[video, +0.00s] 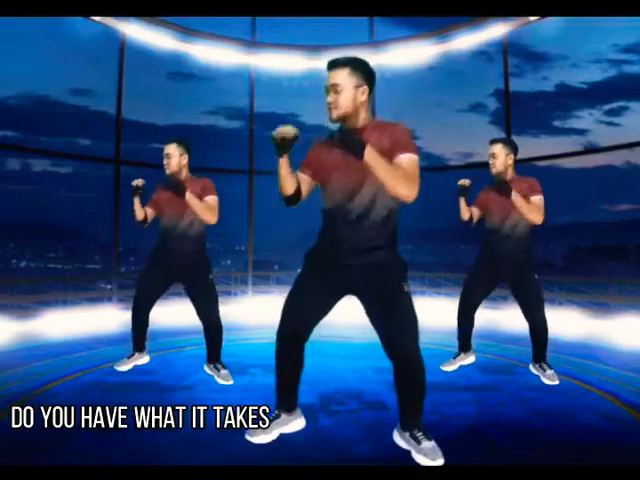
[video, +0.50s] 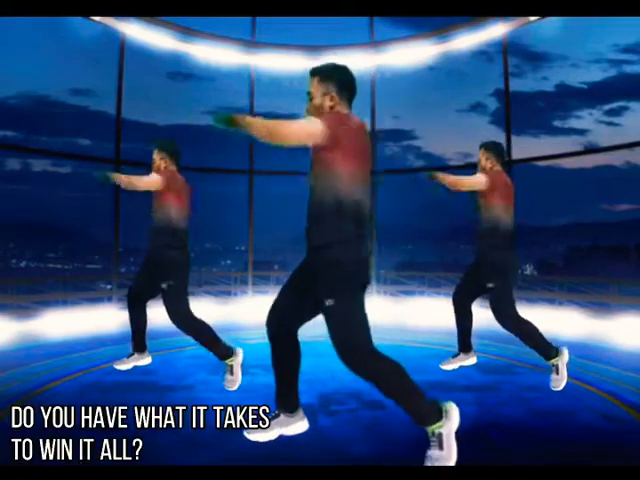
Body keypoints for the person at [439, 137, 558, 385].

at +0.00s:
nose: (491, 161)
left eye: (495, 156)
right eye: (490, 157)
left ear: (511, 158)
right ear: (491, 160)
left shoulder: (529, 185)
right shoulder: (488, 192)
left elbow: (537, 217)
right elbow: (468, 217)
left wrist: (514, 195)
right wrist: (463, 196)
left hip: (520, 262)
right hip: (490, 261)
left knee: (537, 317)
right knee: (467, 304)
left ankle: (539, 362)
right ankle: (465, 352)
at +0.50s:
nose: (479, 162)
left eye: (481, 158)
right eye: (480, 158)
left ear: (490, 160)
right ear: (497, 161)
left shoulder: (492, 178)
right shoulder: (502, 180)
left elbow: (457, 184)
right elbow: (464, 184)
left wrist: (440, 176)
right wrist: (443, 178)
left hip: (496, 259)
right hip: (493, 257)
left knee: (505, 316)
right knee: (461, 299)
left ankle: (555, 357)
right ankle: (465, 352)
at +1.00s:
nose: (484, 159)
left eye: (487, 154)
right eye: (482, 155)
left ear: (502, 155)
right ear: (483, 158)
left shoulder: (521, 180)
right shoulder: (482, 189)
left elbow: (531, 207)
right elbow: (462, 216)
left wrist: (508, 179)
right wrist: (455, 188)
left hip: (518, 259)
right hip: (488, 259)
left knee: (535, 311)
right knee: (469, 304)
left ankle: (542, 361)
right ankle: (465, 352)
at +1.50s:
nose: (494, 168)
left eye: (499, 162)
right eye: (489, 163)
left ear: (508, 165)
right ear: (484, 167)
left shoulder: (522, 192)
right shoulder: (479, 197)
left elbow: (534, 223)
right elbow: (462, 226)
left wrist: (513, 196)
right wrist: (454, 202)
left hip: (517, 269)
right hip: (486, 268)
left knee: (535, 320)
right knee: (456, 307)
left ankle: (543, 363)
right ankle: (464, 353)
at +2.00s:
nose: (493, 160)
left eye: (498, 155)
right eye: (488, 156)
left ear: (507, 159)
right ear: (483, 160)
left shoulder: (521, 188)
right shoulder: (478, 193)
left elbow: (529, 221)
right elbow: (463, 219)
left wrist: (509, 195)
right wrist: (452, 202)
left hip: (515, 265)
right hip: (483, 263)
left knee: (532, 318)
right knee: (459, 305)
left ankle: (538, 366)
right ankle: (463, 353)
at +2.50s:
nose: (500, 156)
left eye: (505, 151)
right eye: (496, 152)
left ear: (514, 154)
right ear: (490, 155)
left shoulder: (526, 182)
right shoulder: (477, 180)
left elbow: (538, 212)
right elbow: (448, 191)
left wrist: (517, 187)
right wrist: (434, 179)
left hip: (516, 259)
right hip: (485, 256)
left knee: (531, 314)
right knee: (460, 302)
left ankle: (539, 365)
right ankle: (467, 353)